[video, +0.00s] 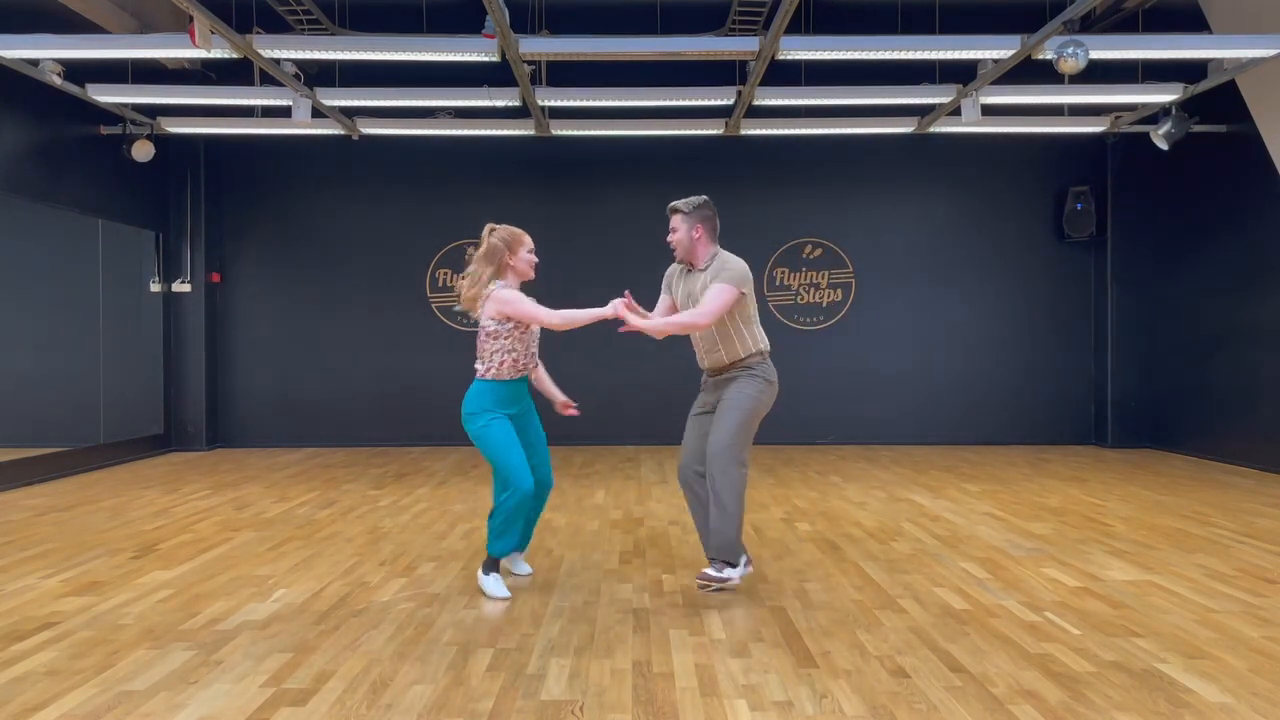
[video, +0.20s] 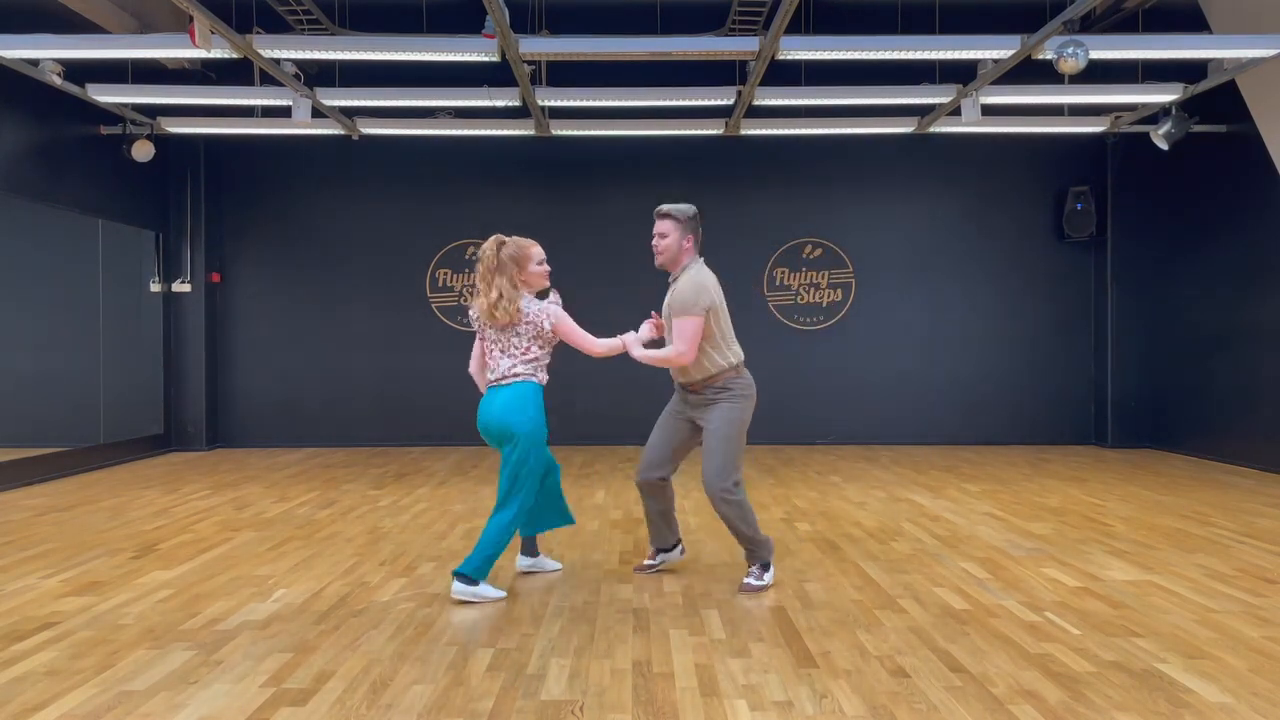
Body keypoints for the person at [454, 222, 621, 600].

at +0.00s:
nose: (535, 258)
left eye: (534, 251)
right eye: (529, 252)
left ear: (512, 258)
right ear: (508, 257)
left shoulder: (524, 301)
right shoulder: (499, 296)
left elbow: (532, 362)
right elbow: (554, 319)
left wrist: (557, 397)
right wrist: (608, 311)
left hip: (520, 401)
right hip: (487, 404)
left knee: (542, 481)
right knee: (521, 484)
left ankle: (512, 550)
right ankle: (490, 567)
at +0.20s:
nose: (548, 267)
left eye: (545, 261)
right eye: (540, 263)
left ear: (515, 276)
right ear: (517, 274)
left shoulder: (488, 311)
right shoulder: (546, 311)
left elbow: (476, 366)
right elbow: (596, 347)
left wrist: (495, 400)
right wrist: (637, 336)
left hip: (490, 407)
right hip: (524, 405)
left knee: (543, 468)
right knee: (517, 494)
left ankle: (530, 552)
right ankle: (468, 578)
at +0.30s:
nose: (550, 267)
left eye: (549, 261)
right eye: (542, 262)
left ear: (521, 271)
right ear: (520, 270)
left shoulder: (503, 308)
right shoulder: (538, 305)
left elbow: (494, 366)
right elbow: (591, 323)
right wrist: (620, 299)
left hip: (499, 403)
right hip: (517, 404)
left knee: (547, 479)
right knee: (523, 490)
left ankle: (530, 554)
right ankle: (471, 579)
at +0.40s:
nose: (551, 263)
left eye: (551, 256)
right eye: (543, 256)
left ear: (546, 262)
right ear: (517, 261)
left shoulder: (546, 307)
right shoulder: (502, 295)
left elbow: (555, 359)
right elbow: (519, 258)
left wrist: (555, 398)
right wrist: (564, 216)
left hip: (537, 406)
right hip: (495, 406)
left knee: (553, 481)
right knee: (516, 485)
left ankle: (536, 538)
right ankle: (506, 569)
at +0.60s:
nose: (492, 254)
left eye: (498, 252)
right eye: (496, 249)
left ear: (514, 265)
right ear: (520, 263)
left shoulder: (512, 307)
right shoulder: (521, 291)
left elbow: (520, 360)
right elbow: (523, 245)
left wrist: (511, 402)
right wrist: (522, 200)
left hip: (523, 407)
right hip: (511, 406)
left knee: (506, 498)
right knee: (498, 500)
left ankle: (586, 519)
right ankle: (542, 573)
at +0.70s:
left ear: (489, 259)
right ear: (532, 255)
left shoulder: (480, 304)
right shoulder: (547, 289)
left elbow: (469, 354)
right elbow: (551, 248)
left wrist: (476, 393)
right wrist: (556, 204)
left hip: (508, 399)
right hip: (548, 398)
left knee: (484, 491)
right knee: (530, 494)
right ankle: (542, 576)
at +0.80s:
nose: (529, 257)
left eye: (526, 251)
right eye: (524, 253)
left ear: (485, 263)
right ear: (508, 262)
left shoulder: (469, 300)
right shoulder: (533, 286)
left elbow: (448, 347)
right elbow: (575, 240)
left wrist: (465, 385)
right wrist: (592, 198)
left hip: (489, 392)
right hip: (535, 392)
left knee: (470, 489)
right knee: (545, 483)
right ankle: (538, 577)